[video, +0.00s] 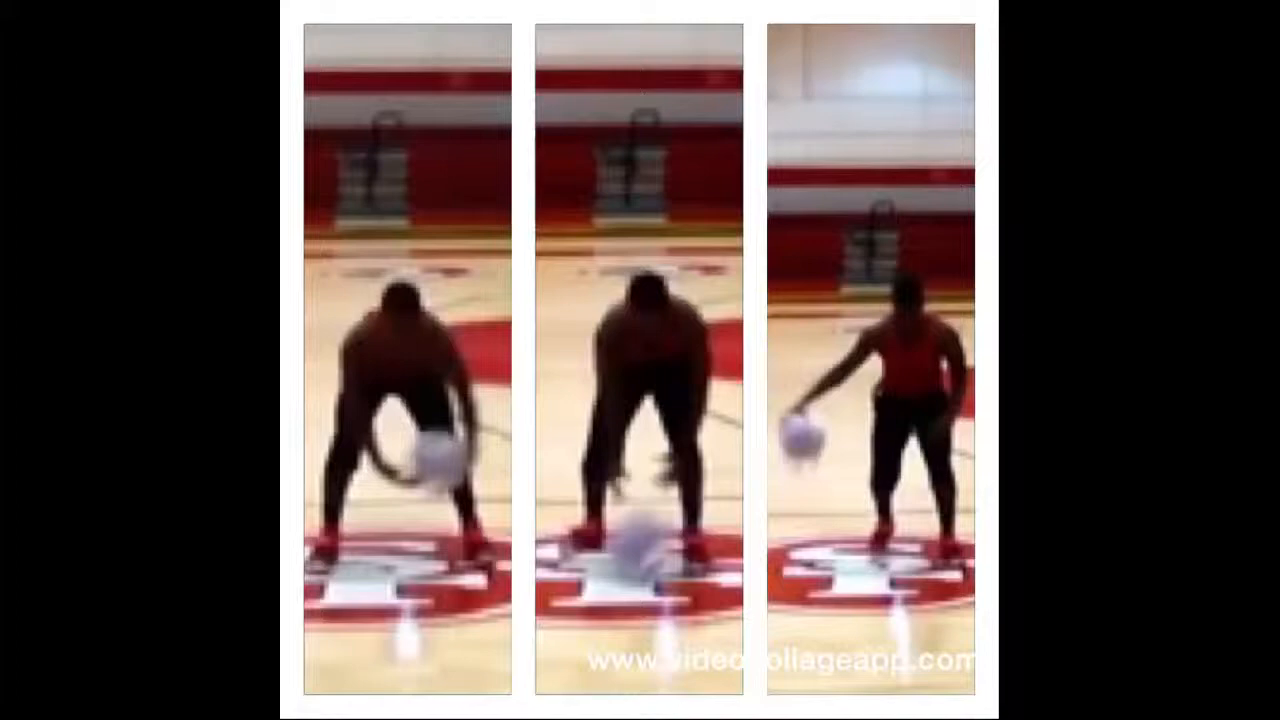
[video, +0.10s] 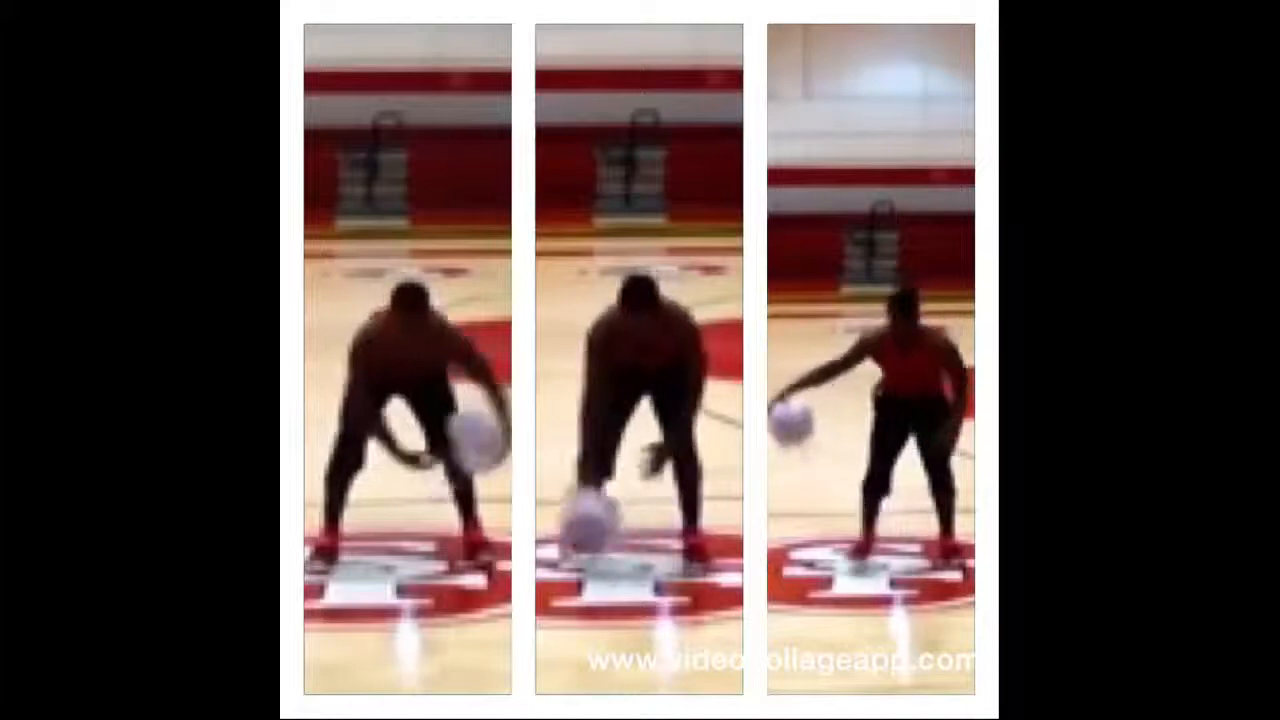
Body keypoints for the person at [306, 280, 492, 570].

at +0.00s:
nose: (403, 333)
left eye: (410, 325)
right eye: (395, 325)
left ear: (420, 316)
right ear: (382, 316)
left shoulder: (434, 336)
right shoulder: (359, 343)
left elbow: (463, 387)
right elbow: (357, 410)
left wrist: (470, 441)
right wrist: (379, 462)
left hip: (421, 380)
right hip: (369, 383)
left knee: (446, 447)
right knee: (344, 449)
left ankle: (471, 530)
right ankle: (330, 531)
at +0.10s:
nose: (412, 330)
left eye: (419, 322)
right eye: (404, 323)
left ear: (429, 315)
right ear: (392, 315)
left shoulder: (441, 334)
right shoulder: (370, 340)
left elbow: (482, 373)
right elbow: (366, 408)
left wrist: (504, 424)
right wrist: (398, 452)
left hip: (425, 383)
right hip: (374, 385)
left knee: (453, 453)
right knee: (346, 458)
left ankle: (472, 531)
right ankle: (330, 534)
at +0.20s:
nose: (426, 329)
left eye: (433, 321)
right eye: (420, 322)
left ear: (442, 314)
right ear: (407, 314)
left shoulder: (451, 328)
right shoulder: (383, 337)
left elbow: (496, 342)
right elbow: (373, 406)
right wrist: (418, 447)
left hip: (430, 374)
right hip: (380, 378)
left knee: (455, 448)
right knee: (352, 454)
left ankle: (472, 531)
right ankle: (331, 533)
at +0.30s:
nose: (437, 333)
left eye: (443, 325)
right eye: (430, 326)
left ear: (452, 316)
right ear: (417, 318)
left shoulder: (460, 326)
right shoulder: (389, 340)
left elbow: (510, 331)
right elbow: (381, 411)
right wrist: (424, 453)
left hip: (432, 373)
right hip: (383, 377)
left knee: (459, 449)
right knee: (354, 455)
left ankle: (473, 532)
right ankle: (331, 533)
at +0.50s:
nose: (425, 333)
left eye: (432, 325)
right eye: (419, 325)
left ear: (443, 316)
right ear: (407, 317)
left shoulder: (460, 335)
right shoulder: (387, 342)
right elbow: (382, 416)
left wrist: (498, 423)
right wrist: (404, 470)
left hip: (433, 378)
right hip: (384, 381)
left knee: (461, 451)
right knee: (354, 457)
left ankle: (473, 530)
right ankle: (332, 532)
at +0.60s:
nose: (411, 330)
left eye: (417, 321)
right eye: (405, 322)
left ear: (427, 316)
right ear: (395, 317)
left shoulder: (448, 341)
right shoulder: (377, 342)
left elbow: (436, 418)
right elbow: (359, 411)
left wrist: (411, 465)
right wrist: (355, 467)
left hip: (432, 388)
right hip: (381, 385)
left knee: (463, 457)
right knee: (350, 455)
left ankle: (473, 532)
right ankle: (333, 533)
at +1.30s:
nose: (399, 331)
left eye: (407, 321)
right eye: (392, 321)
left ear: (417, 316)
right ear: (382, 317)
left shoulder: (436, 346)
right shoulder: (363, 349)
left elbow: (420, 418)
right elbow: (338, 409)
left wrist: (381, 463)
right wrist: (313, 462)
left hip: (426, 394)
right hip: (374, 394)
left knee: (459, 459)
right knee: (343, 460)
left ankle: (474, 536)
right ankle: (327, 545)